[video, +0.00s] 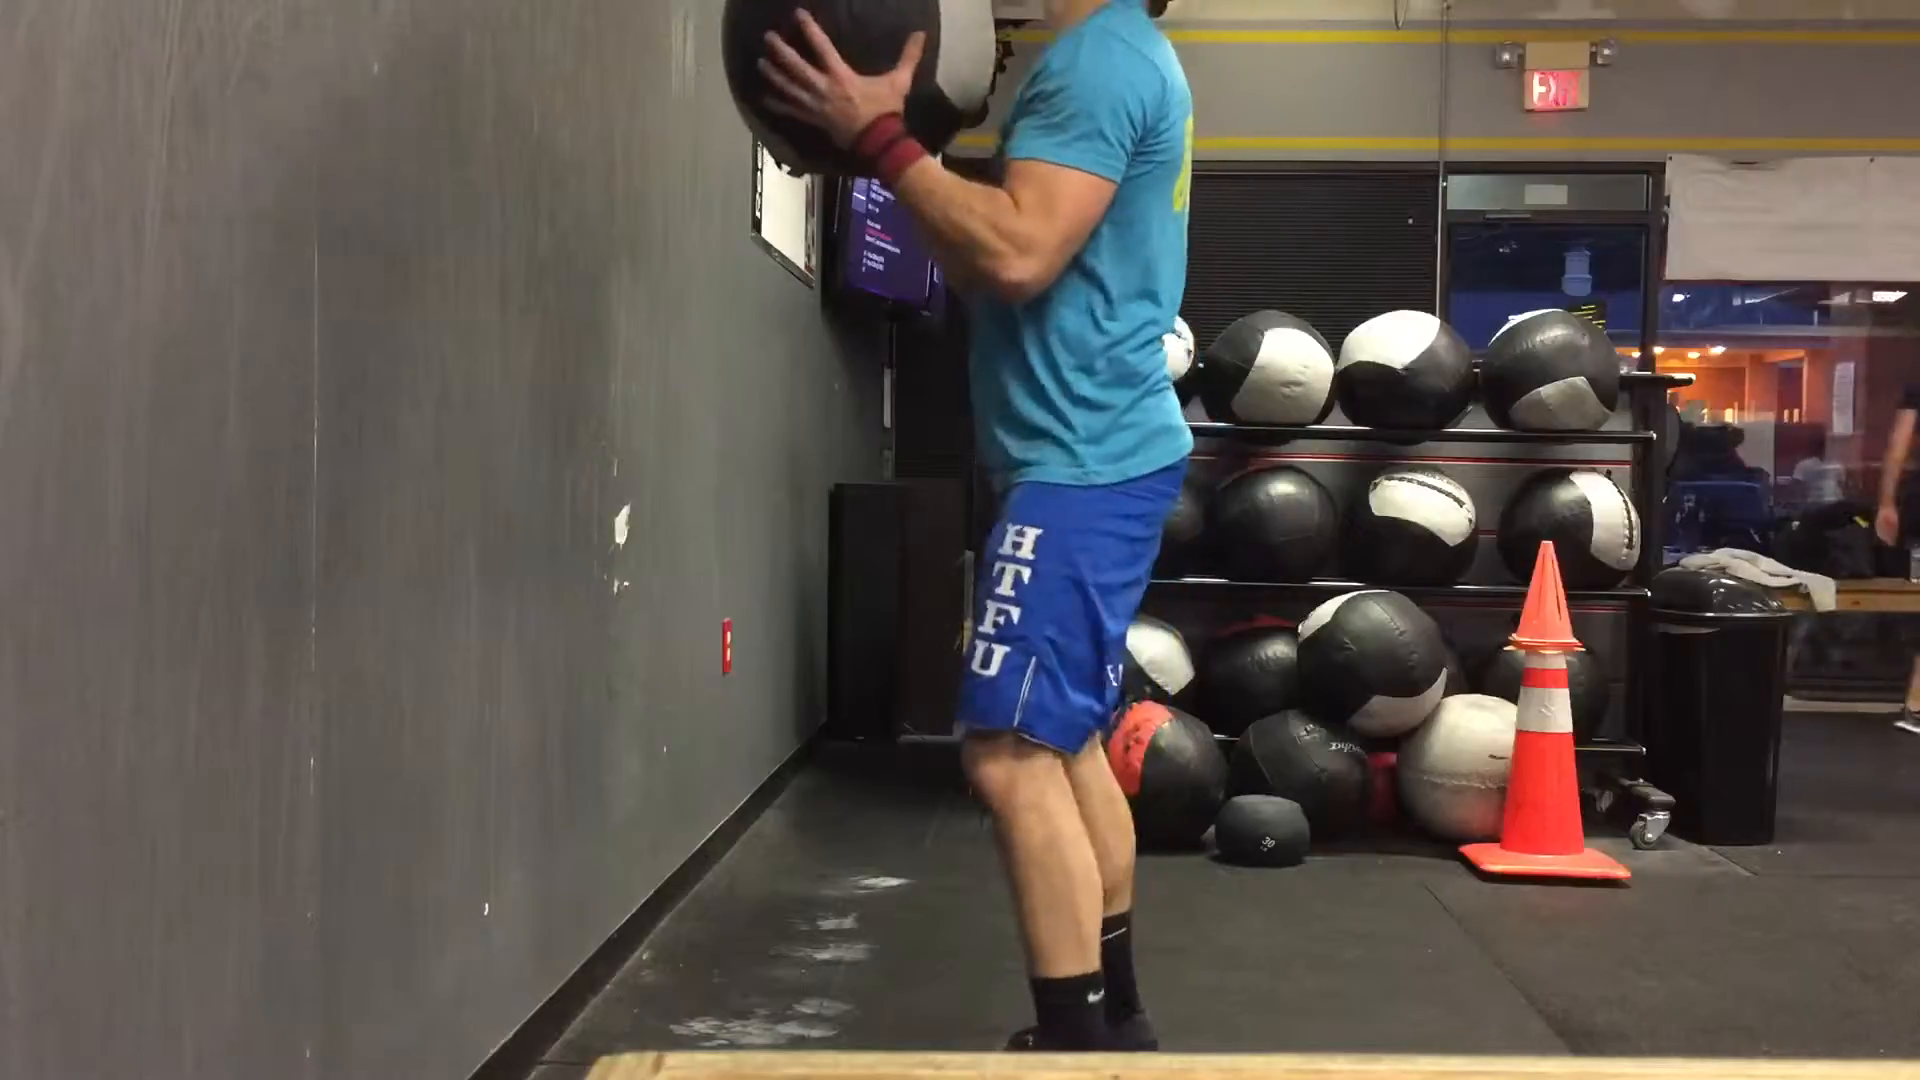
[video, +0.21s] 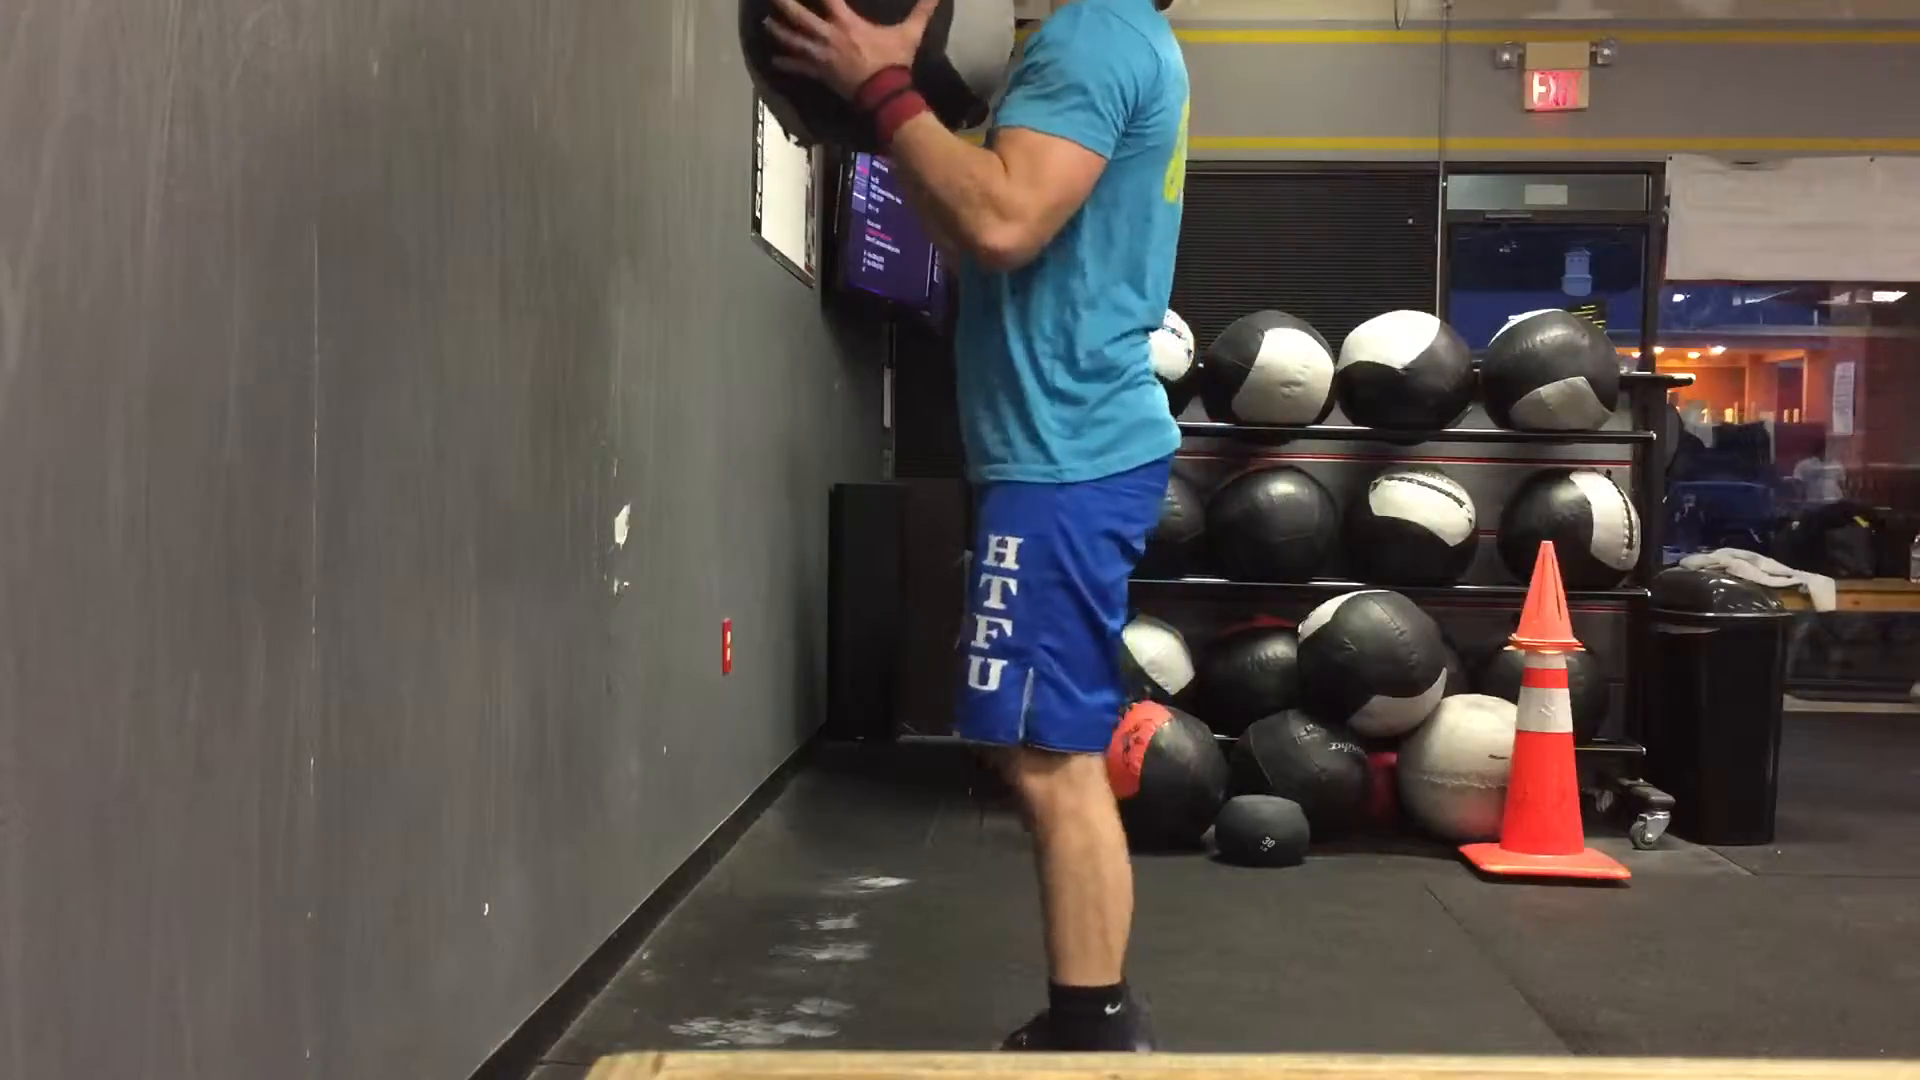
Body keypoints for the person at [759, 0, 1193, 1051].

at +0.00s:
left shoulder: (1106, 60)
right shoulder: (1077, 54)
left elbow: (1018, 252)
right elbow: (1002, 213)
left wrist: (883, 140)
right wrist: (876, 144)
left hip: (1087, 460)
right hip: (1077, 453)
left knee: (1011, 752)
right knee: (1065, 737)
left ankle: (1070, 1040)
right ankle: (1110, 1007)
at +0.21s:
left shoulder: (1103, 38)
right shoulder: (1074, 40)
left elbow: (1005, 225)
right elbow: (975, 233)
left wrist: (888, 87)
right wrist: (893, 95)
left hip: (1070, 459)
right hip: (1050, 454)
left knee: (1052, 758)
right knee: (1049, 757)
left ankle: (1088, 1028)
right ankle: (1092, 1021)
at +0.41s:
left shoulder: (1094, 34)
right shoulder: (1069, 31)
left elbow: (978, 218)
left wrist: (881, 68)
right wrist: (866, 59)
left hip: (1077, 461)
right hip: (1038, 458)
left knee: (1065, 765)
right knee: (1024, 760)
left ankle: (1088, 1038)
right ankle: (1070, 1014)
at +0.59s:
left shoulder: (1106, 53)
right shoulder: (1098, 45)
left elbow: (998, 239)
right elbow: (994, 214)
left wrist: (898, 89)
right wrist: (896, 94)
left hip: (1059, 466)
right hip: (1056, 459)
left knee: (1050, 768)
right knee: (1060, 764)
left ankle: (1080, 1033)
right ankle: (1082, 1027)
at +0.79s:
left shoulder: (1113, 64)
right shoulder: (1103, 56)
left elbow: (1019, 250)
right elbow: (998, 242)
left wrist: (906, 109)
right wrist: (915, 121)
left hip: (1066, 460)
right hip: (1081, 453)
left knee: (958, 738)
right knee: (1062, 734)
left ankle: (1057, 1038)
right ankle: (1090, 1020)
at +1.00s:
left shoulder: (1110, 56)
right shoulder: (1121, 48)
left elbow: (1006, 239)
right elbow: (1004, 227)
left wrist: (895, 102)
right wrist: (913, 114)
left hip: (1053, 463)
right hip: (1085, 453)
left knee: (1007, 757)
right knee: (1062, 743)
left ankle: (1071, 1037)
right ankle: (1088, 1017)